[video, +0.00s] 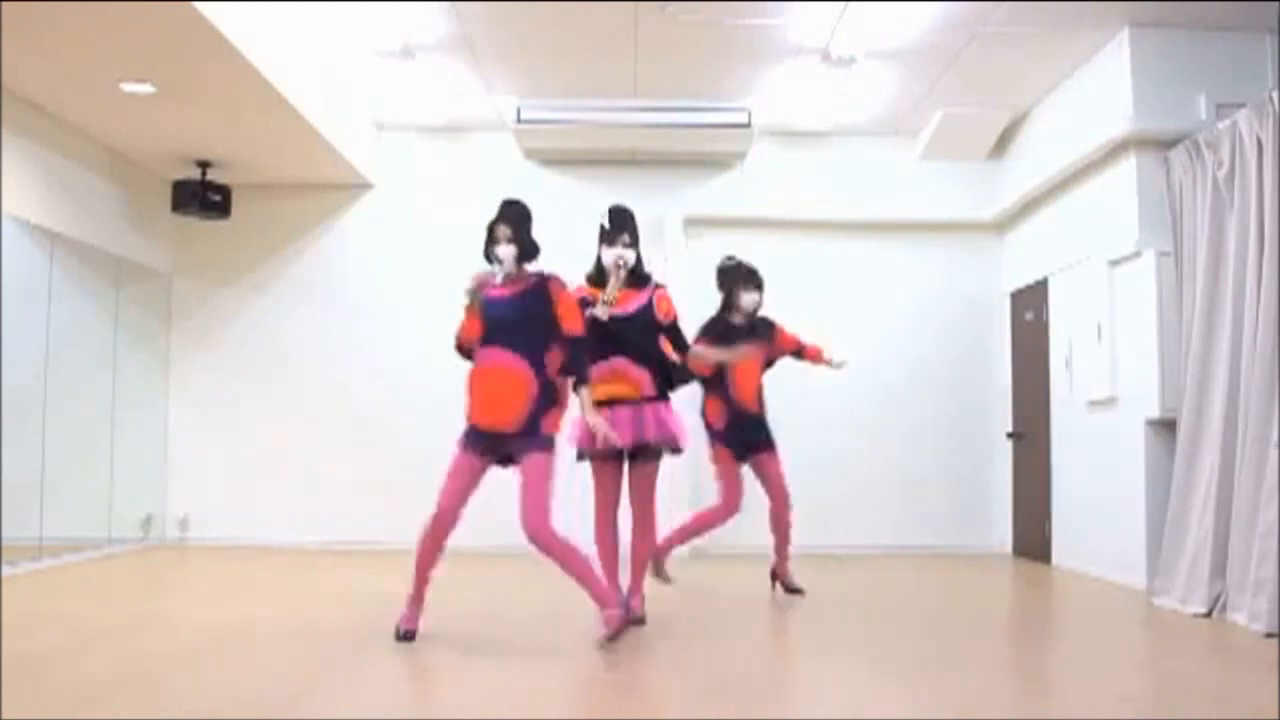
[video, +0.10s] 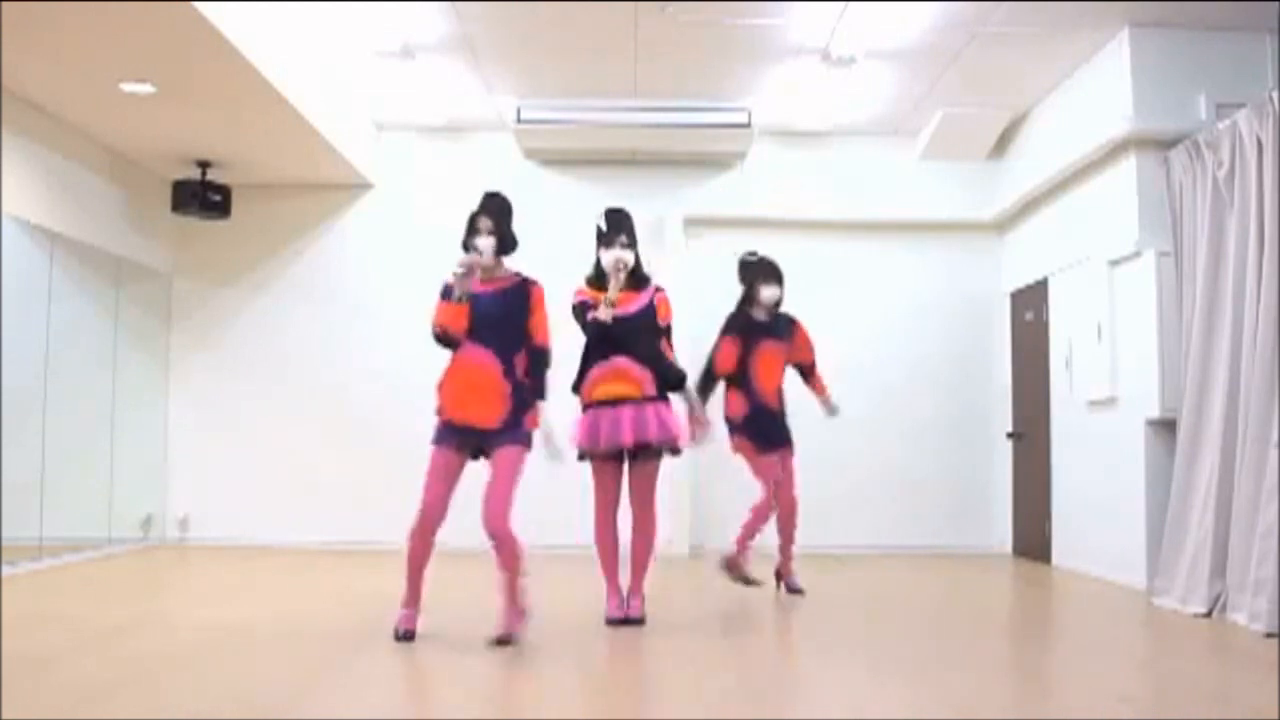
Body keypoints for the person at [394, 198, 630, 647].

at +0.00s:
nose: (502, 249)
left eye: (511, 240)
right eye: (496, 240)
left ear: (526, 243)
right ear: (489, 245)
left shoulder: (549, 288)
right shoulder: (485, 294)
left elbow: (576, 346)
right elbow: (468, 349)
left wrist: (553, 376)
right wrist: (475, 300)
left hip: (535, 426)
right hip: (484, 424)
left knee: (537, 529)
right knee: (442, 518)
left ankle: (610, 604)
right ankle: (413, 607)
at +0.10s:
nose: (480, 241)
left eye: (489, 233)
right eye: (475, 231)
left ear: (505, 240)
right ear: (466, 236)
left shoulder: (526, 291)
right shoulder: (455, 288)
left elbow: (539, 351)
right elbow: (447, 336)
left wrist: (535, 402)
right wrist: (460, 287)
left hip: (510, 415)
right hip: (458, 411)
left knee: (495, 520)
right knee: (429, 514)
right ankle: (410, 606)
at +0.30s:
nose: (455, 228)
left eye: (463, 221)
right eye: (449, 219)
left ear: (478, 227)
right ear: (439, 224)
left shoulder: (497, 280)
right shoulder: (425, 274)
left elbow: (529, 338)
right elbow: (425, 319)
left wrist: (534, 360)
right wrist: (446, 271)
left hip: (469, 400)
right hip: (421, 396)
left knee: (444, 503)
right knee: (417, 504)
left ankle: (473, 599)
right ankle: (426, 602)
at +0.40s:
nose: (444, 230)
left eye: (452, 223)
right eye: (437, 222)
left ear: (465, 230)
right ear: (428, 227)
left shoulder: (482, 283)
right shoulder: (410, 276)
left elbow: (514, 331)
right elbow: (411, 324)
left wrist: (550, 310)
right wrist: (434, 277)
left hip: (452, 405)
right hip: (405, 401)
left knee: (409, 490)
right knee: (406, 500)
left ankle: (426, 591)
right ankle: (423, 595)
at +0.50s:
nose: (433, 233)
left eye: (441, 226)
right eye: (426, 225)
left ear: (454, 231)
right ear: (414, 229)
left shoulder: (473, 282)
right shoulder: (398, 276)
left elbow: (515, 298)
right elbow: (396, 323)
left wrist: (544, 307)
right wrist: (422, 277)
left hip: (439, 411)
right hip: (392, 406)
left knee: (377, 495)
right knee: (406, 507)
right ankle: (426, 602)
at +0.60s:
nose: (416, 238)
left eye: (426, 231)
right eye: (410, 230)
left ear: (438, 237)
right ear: (401, 234)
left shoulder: (455, 288)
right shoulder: (385, 282)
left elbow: (489, 321)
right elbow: (377, 327)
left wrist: (516, 319)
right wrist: (402, 284)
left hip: (418, 411)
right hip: (376, 407)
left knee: (361, 501)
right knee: (395, 507)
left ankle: (341, 598)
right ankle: (426, 601)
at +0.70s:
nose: (400, 237)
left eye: (409, 231)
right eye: (396, 229)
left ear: (427, 237)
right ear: (388, 234)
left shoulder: (443, 291)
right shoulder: (375, 283)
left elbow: (463, 350)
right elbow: (356, 326)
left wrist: (497, 329)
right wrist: (378, 280)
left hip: (399, 410)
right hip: (364, 407)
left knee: (343, 501)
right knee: (391, 514)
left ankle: (339, 599)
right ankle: (424, 601)